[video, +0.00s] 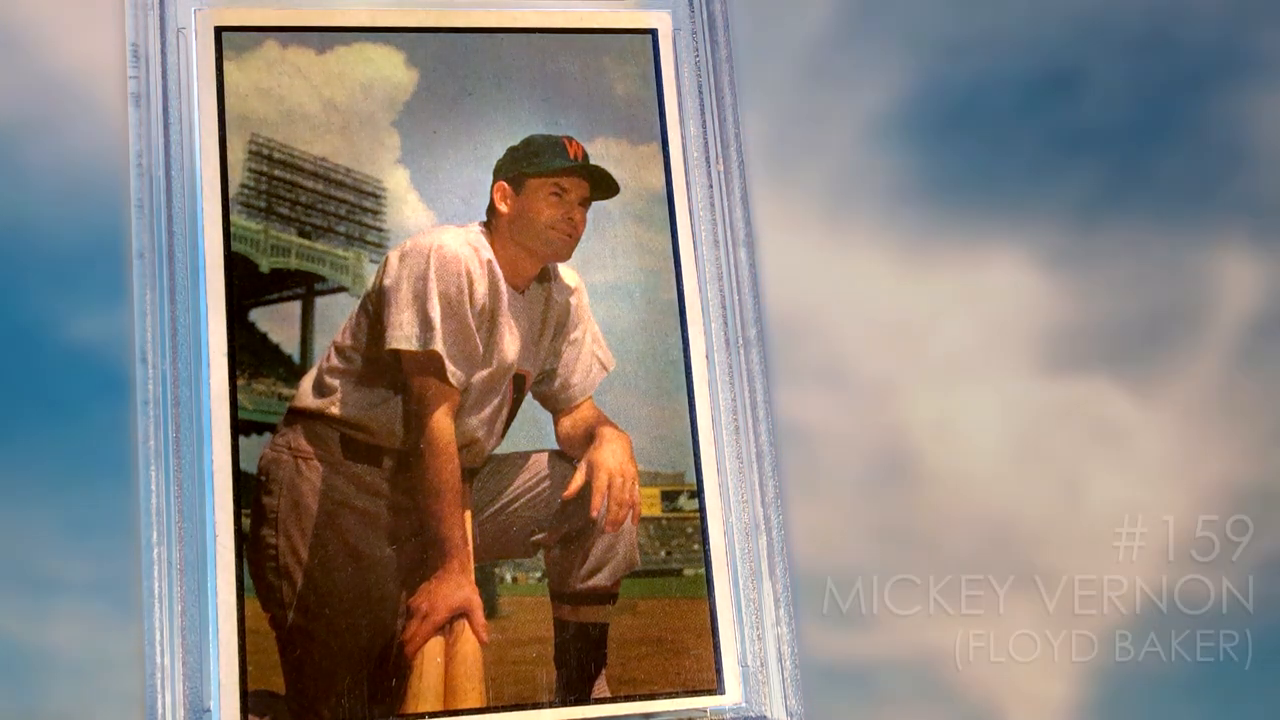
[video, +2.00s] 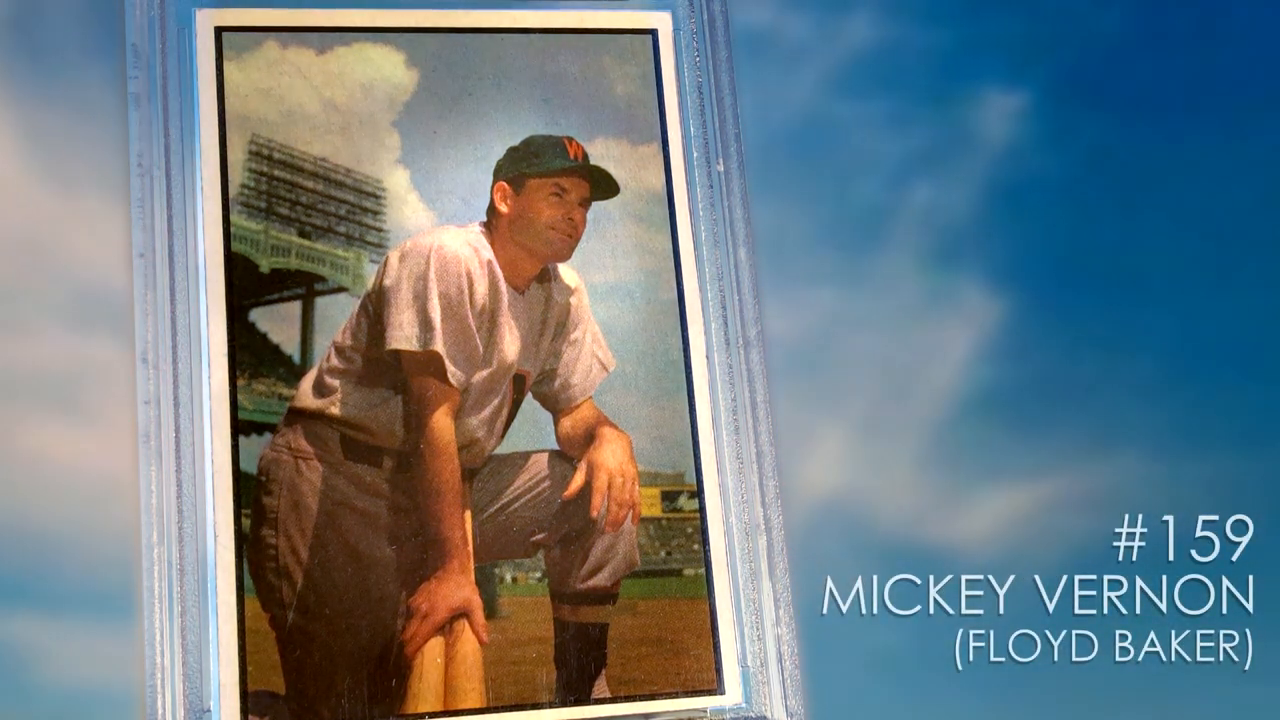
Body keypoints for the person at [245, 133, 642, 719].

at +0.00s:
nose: (576, 215)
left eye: (584, 203)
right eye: (557, 194)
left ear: (587, 217)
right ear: (504, 197)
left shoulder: (560, 295)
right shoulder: (442, 256)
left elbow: (575, 417)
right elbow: (432, 420)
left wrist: (609, 434)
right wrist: (454, 566)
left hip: (439, 485)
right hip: (334, 478)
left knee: (594, 488)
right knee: (347, 701)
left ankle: (580, 698)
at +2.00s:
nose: (576, 216)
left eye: (584, 203)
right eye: (558, 194)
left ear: (587, 217)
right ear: (505, 197)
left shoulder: (560, 296)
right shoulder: (443, 256)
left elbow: (575, 416)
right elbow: (432, 420)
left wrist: (609, 434)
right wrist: (454, 566)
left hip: (439, 487)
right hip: (334, 480)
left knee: (593, 488)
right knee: (349, 703)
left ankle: (580, 698)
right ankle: (243, 707)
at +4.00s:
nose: (577, 215)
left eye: (584, 203)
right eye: (559, 193)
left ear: (586, 217)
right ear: (505, 197)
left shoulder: (559, 295)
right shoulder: (442, 257)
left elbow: (575, 416)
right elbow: (431, 421)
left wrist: (609, 435)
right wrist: (454, 566)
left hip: (440, 487)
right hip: (335, 480)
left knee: (595, 488)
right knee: (347, 704)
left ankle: (580, 696)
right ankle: (236, 706)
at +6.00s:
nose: (576, 215)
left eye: (584, 203)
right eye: (558, 193)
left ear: (587, 217)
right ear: (504, 197)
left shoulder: (560, 296)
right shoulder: (441, 256)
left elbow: (575, 415)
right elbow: (432, 420)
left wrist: (609, 435)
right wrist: (454, 566)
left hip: (439, 486)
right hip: (334, 479)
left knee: (595, 488)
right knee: (348, 702)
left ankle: (581, 694)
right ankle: (237, 706)